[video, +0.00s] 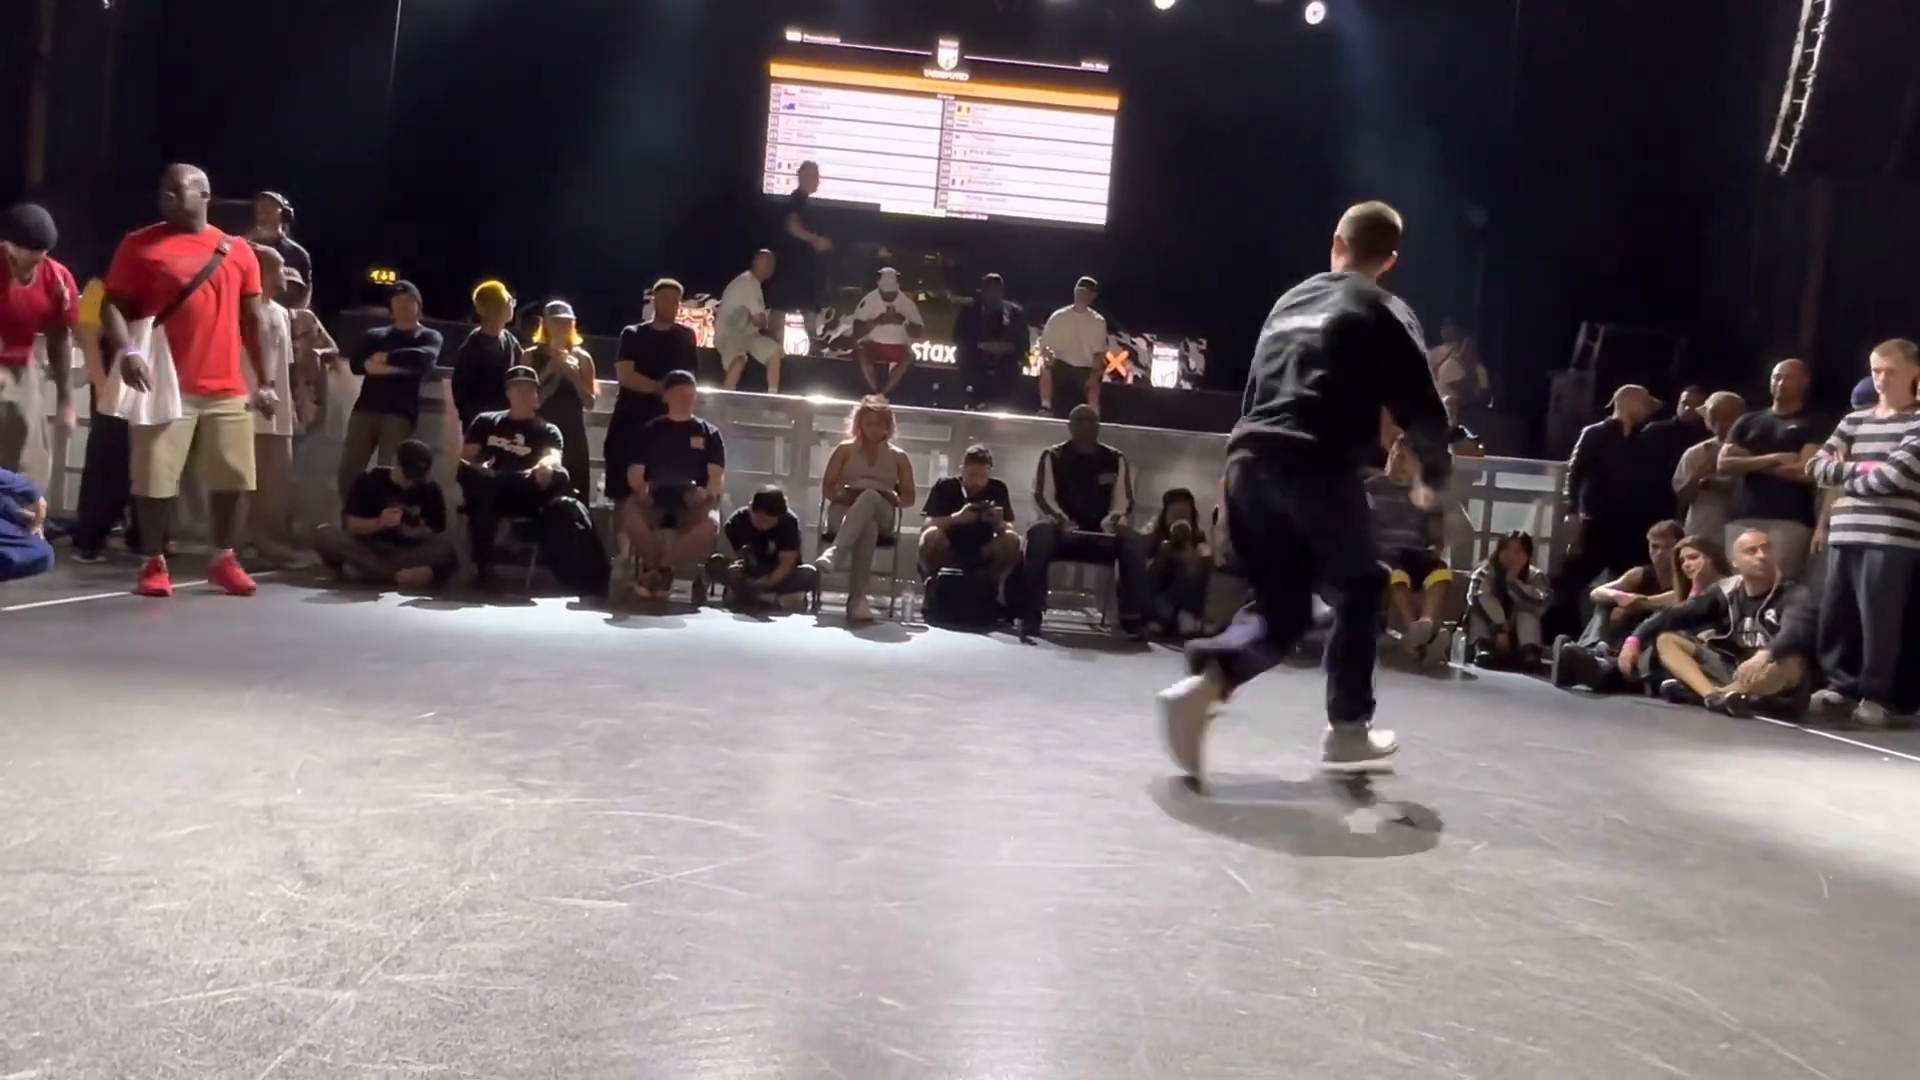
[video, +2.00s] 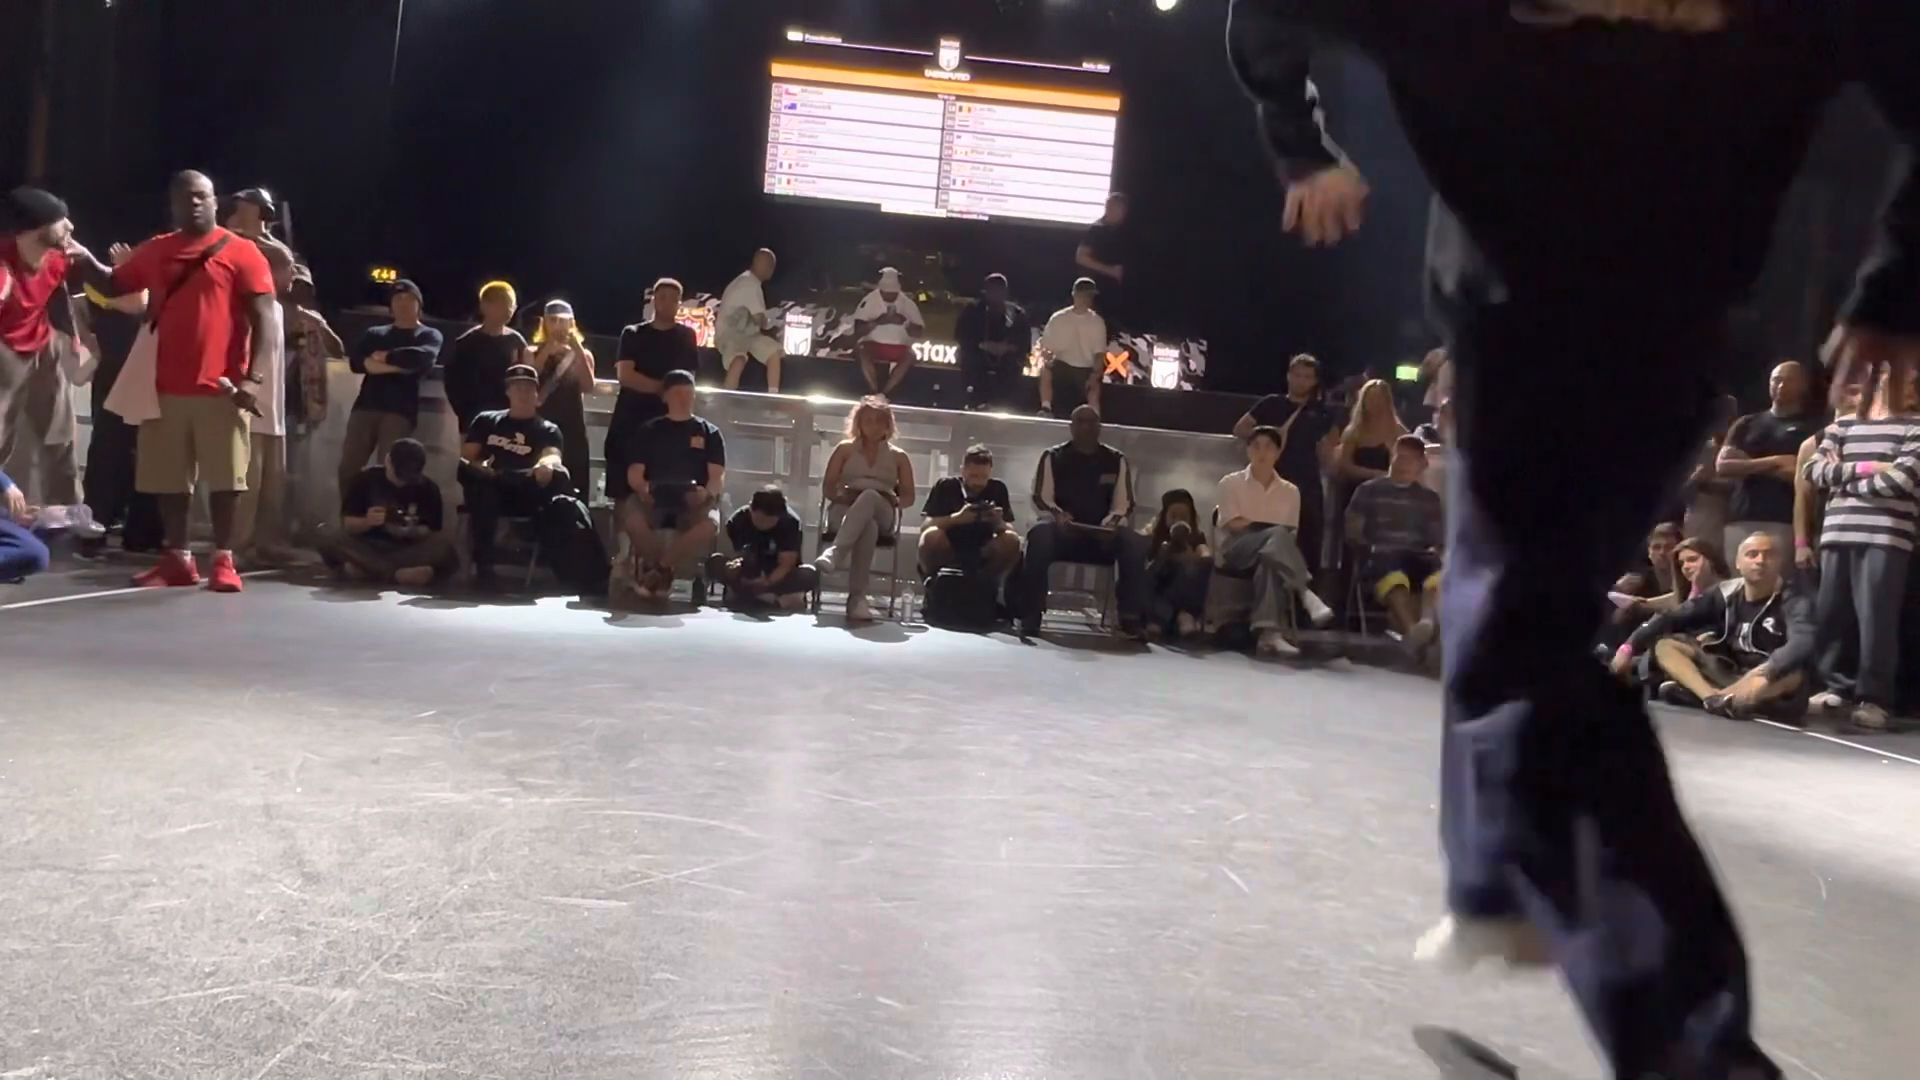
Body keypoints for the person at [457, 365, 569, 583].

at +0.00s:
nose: (527, 395)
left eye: (531, 390)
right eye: (521, 389)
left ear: (537, 395)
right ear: (508, 393)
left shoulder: (549, 430)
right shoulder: (485, 422)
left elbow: (551, 458)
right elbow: (464, 464)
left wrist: (543, 469)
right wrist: (480, 468)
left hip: (528, 485)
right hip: (493, 483)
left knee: (558, 477)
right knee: (473, 479)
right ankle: (483, 566)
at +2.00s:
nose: (524, 394)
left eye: (529, 389)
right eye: (519, 388)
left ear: (537, 394)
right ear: (508, 391)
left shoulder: (548, 430)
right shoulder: (486, 421)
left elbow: (552, 456)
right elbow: (466, 460)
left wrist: (546, 465)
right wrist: (486, 471)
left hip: (529, 488)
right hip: (493, 486)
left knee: (557, 478)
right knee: (480, 487)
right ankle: (484, 566)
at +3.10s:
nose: (518, 400)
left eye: (523, 395)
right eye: (513, 394)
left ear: (531, 400)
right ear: (502, 398)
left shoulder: (543, 436)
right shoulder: (481, 428)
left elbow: (546, 467)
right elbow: (460, 468)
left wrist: (543, 472)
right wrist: (478, 477)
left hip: (524, 494)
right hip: (489, 493)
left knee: (552, 484)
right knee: (474, 495)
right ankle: (479, 576)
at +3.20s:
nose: (516, 401)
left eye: (521, 396)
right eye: (511, 395)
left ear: (529, 401)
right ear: (500, 399)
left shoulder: (541, 437)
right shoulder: (479, 428)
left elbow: (543, 472)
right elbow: (458, 469)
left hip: (522, 495)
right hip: (486, 494)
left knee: (550, 485)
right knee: (472, 495)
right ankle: (477, 577)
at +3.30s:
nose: (514, 401)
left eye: (518, 396)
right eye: (508, 395)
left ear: (527, 402)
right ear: (498, 400)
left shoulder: (540, 438)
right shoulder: (477, 429)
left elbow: (543, 466)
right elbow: (457, 471)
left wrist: (538, 474)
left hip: (521, 495)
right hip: (486, 494)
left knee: (550, 486)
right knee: (469, 496)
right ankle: (475, 577)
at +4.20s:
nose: (498, 423)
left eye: (502, 417)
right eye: (492, 417)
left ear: (512, 421)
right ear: (482, 421)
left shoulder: (524, 457)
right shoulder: (461, 449)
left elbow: (529, 482)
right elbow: (442, 488)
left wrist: (522, 492)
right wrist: (458, 496)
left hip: (506, 514)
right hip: (470, 512)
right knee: (457, 518)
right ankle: (464, 597)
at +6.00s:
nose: (513, 440)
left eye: (517, 434)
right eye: (507, 434)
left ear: (526, 439)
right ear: (496, 438)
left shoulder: (540, 474)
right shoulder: (477, 468)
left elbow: (544, 497)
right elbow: (458, 509)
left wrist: (538, 507)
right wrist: (472, 515)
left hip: (521, 532)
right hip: (487, 532)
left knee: (553, 518)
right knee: (472, 536)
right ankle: (481, 617)